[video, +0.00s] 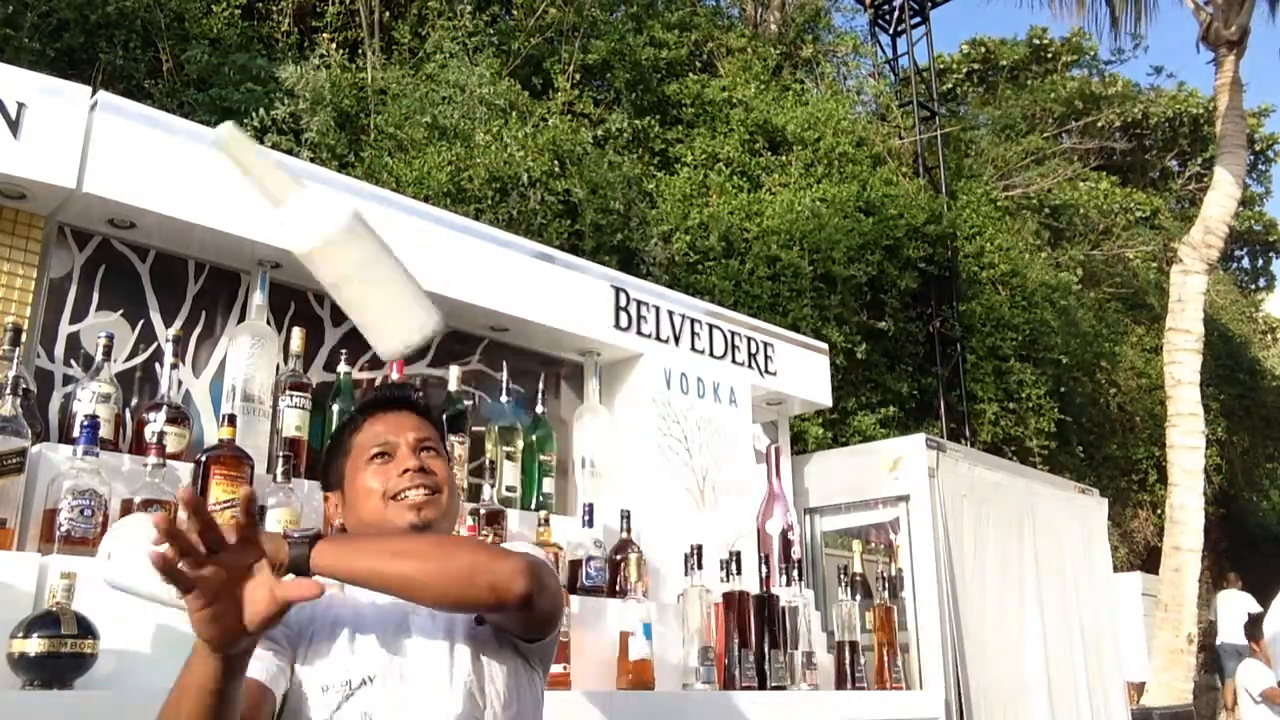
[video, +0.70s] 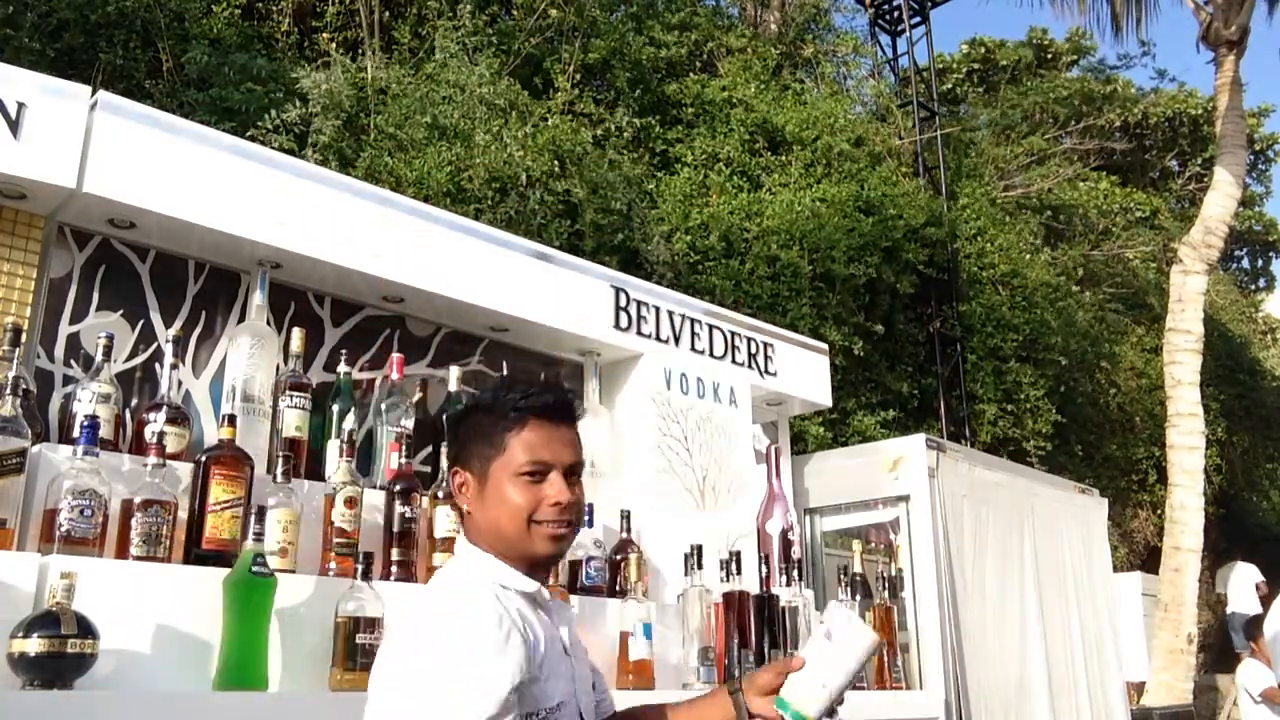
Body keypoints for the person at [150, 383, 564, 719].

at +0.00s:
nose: (414, 463)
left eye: (429, 450)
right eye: (381, 455)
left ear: (455, 486)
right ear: (337, 509)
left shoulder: (506, 589)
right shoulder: (297, 606)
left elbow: (515, 581)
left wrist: (293, 551)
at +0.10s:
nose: (437, 464)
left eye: (453, 450)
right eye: (408, 445)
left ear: (475, 484)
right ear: (348, 489)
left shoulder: (509, 601)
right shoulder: (296, 601)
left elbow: (554, 562)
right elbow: (315, 709)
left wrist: (341, 517)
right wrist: (423, 523)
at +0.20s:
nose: (479, 451)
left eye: (479, 438)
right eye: (445, 438)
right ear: (383, 470)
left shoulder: (501, 573)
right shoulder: (353, 580)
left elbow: (608, 555)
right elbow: (512, 628)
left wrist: (427, 493)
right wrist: (615, 440)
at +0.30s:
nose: (498, 456)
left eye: (499, 437)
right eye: (478, 437)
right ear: (421, 467)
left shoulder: (491, 561)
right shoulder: (423, 565)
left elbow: (643, 561)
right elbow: (640, 595)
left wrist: (543, 486)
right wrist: (729, 427)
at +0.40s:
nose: (558, 466)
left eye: (551, 450)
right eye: (537, 448)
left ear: (470, 459)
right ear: (470, 458)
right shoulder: (501, 562)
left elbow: (666, 609)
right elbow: (698, 635)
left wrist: (632, 507)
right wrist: (781, 502)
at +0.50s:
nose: (590, 483)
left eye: (582, 464)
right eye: (570, 462)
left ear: (507, 471)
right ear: (503, 469)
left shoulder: (479, 575)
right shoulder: (533, 588)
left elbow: (648, 651)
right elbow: (681, 709)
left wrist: (686, 531)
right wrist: (805, 678)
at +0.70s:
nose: (566, 496)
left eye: (572, 475)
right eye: (534, 475)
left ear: (582, 479)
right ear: (466, 491)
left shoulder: (539, 609)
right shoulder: (472, 624)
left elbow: (601, 712)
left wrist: (736, 699)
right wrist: (726, 709)